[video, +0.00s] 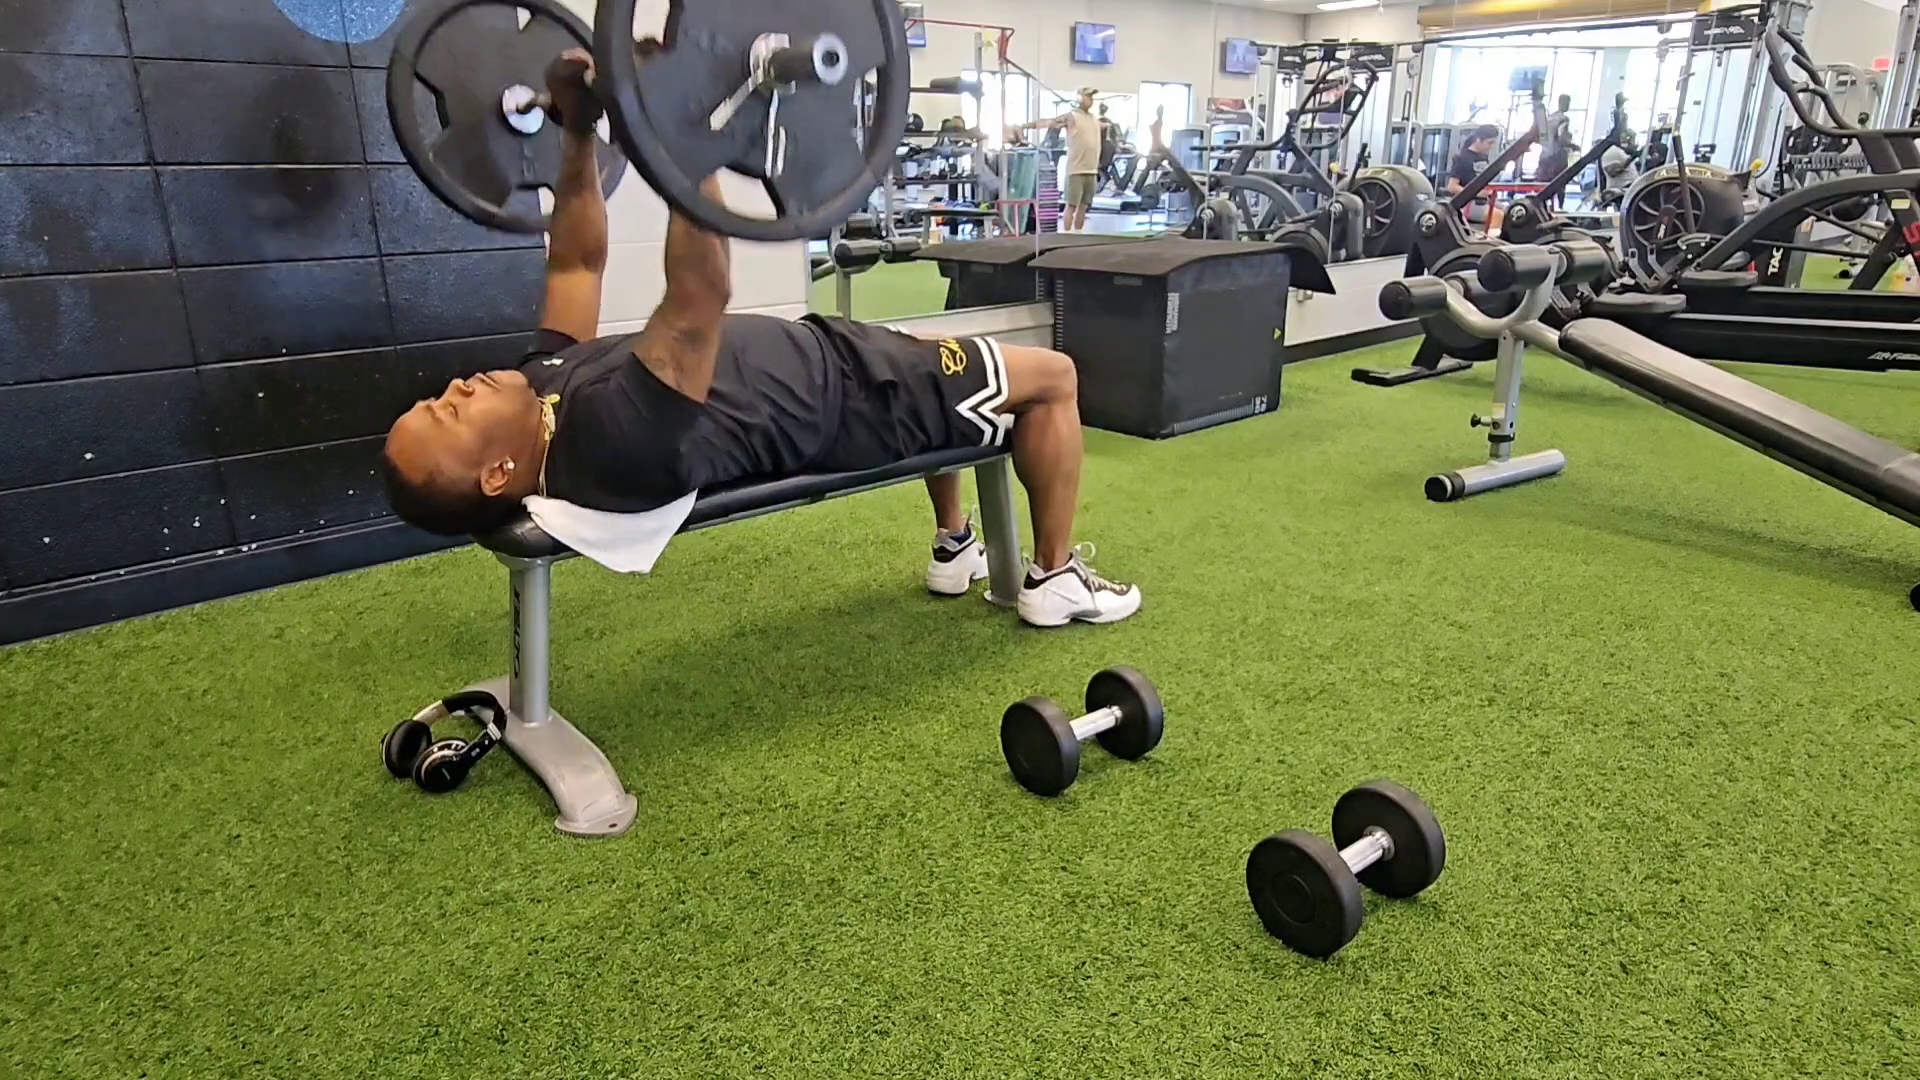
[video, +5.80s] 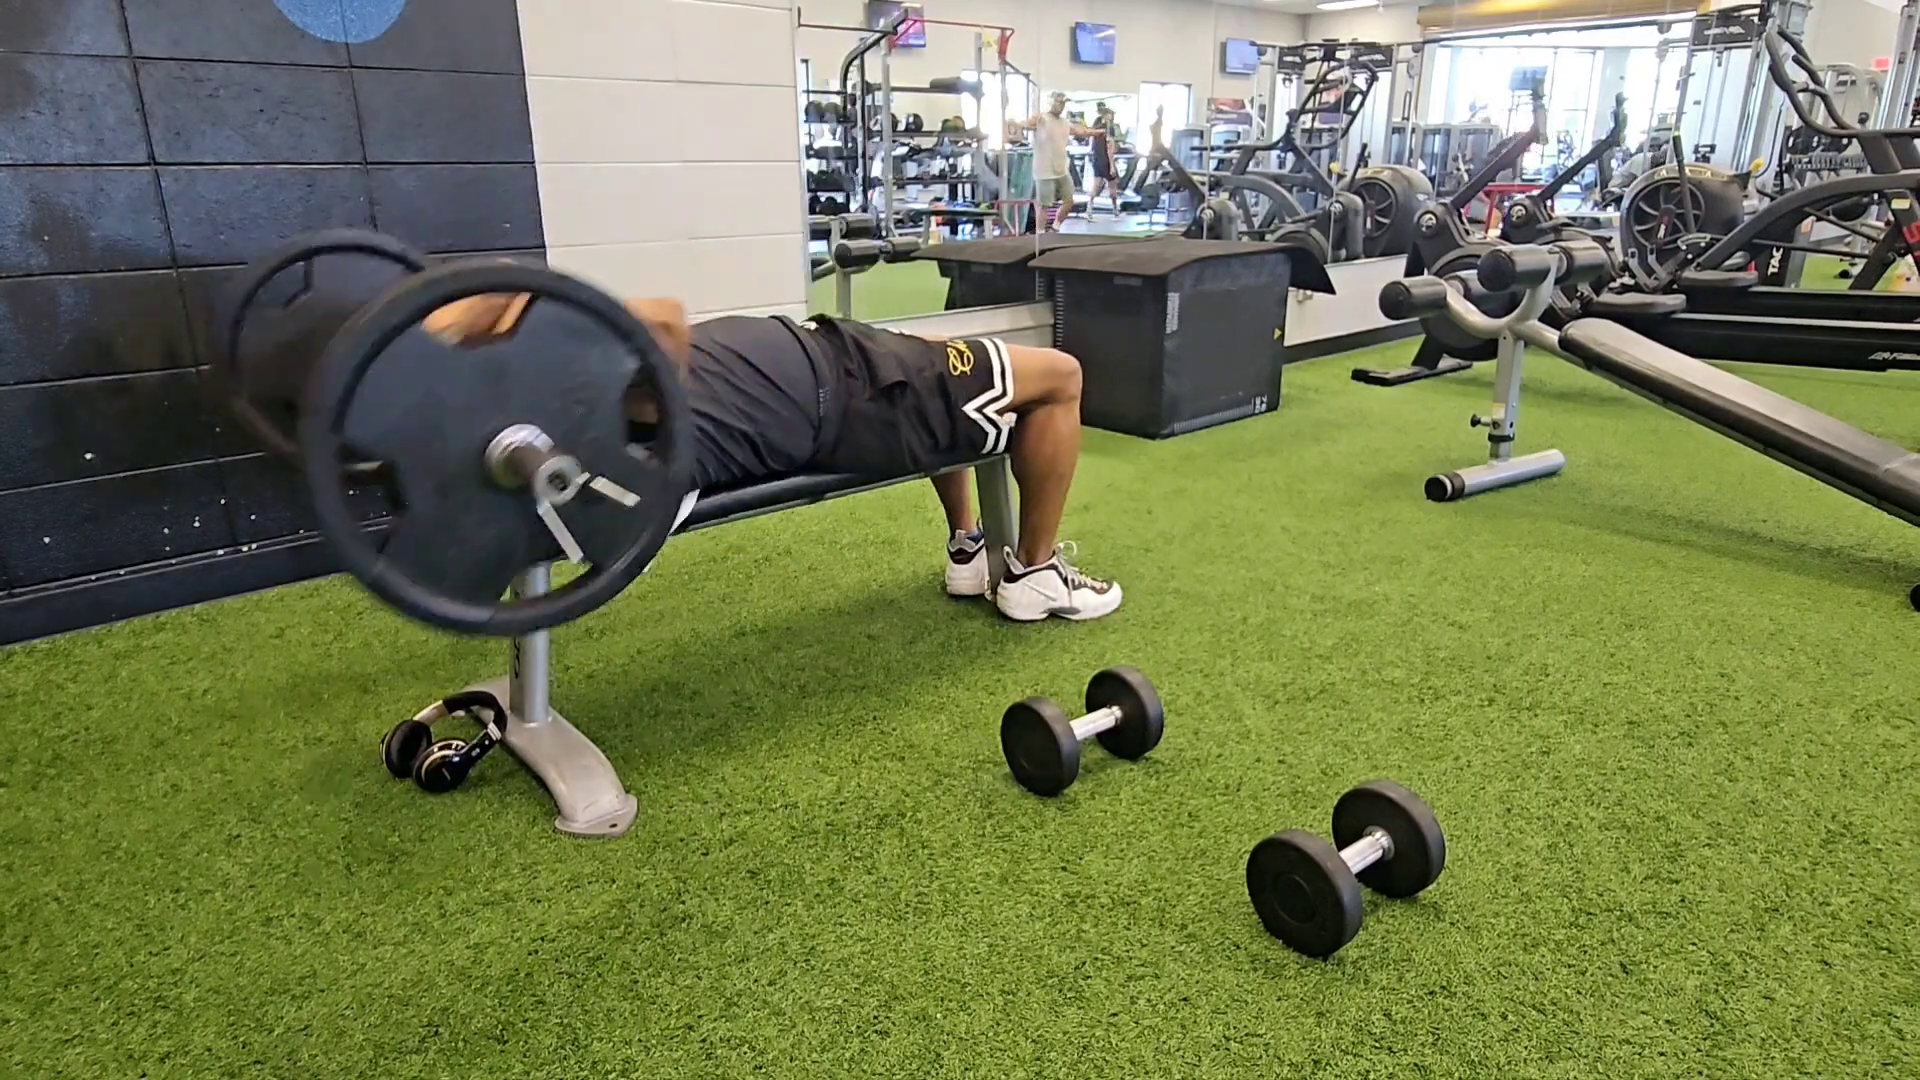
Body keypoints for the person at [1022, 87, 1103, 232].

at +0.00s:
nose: (1091, 100)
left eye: (1092, 97)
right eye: (1088, 97)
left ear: (1091, 100)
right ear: (1080, 98)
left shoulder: (1094, 119)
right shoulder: (1071, 116)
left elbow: (1101, 125)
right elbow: (1049, 123)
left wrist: (1108, 124)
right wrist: (1025, 126)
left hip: (1091, 168)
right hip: (1076, 168)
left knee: (1084, 206)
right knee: (1072, 205)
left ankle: (1078, 234)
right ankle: (1067, 234)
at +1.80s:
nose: (1092, 100)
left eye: (1093, 97)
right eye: (1089, 96)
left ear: (1092, 99)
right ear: (1082, 97)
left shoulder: (1095, 120)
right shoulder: (1072, 116)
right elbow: (1049, 122)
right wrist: (1023, 125)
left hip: (1092, 169)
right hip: (1076, 168)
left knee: (1084, 207)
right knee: (1072, 205)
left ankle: (1077, 235)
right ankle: (1067, 235)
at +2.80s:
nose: (1073, 103)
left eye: (1074, 100)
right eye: (1070, 99)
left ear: (1074, 102)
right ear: (1062, 101)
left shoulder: (1078, 121)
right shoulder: (1053, 119)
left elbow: (1088, 130)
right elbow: (1035, 127)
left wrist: (1102, 133)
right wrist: (1016, 131)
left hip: (1072, 171)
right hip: (1054, 171)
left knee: (1073, 204)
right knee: (1051, 207)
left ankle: (1076, 234)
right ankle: (1047, 234)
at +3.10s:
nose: (1063, 102)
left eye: (1063, 99)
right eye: (1059, 98)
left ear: (1063, 101)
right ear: (1051, 100)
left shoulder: (1068, 120)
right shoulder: (1043, 119)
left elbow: (1082, 128)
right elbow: (1024, 128)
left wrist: (1097, 131)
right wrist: (1007, 129)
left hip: (1063, 169)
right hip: (1046, 170)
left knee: (1063, 201)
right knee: (1043, 205)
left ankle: (1054, 229)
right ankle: (1042, 233)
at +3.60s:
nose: (1054, 105)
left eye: (1055, 102)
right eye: (1051, 102)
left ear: (1055, 105)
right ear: (1044, 103)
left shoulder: (1058, 124)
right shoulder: (1036, 121)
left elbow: (1075, 130)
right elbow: (1024, 131)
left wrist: (1093, 133)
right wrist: (1013, 133)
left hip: (1051, 170)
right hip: (1037, 170)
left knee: (1039, 203)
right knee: (1043, 203)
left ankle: (1030, 230)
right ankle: (1043, 233)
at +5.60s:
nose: (1055, 105)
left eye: (1057, 102)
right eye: (1052, 101)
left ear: (1059, 105)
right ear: (1045, 103)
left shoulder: (1060, 124)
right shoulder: (1036, 120)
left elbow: (1077, 132)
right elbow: (1025, 128)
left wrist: (1094, 134)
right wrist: (1016, 130)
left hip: (1055, 171)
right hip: (1040, 171)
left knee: (1054, 205)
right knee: (1044, 206)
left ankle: (1036, 227)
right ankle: (1041, 233)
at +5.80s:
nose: (1061, 106)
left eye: (1063, 103)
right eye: (1059, 102)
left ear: (1065, 105)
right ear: (1051, 102)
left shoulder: (1064, 123)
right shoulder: (1041, 118)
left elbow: (1081, 131)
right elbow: (1027, 124)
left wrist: (1099, 132)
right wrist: (1016, 124)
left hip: (1061, 169)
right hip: (1044, 170)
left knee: (1068, 201)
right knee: (1043, 205)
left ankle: (1055, 228)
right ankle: (1040, 233)